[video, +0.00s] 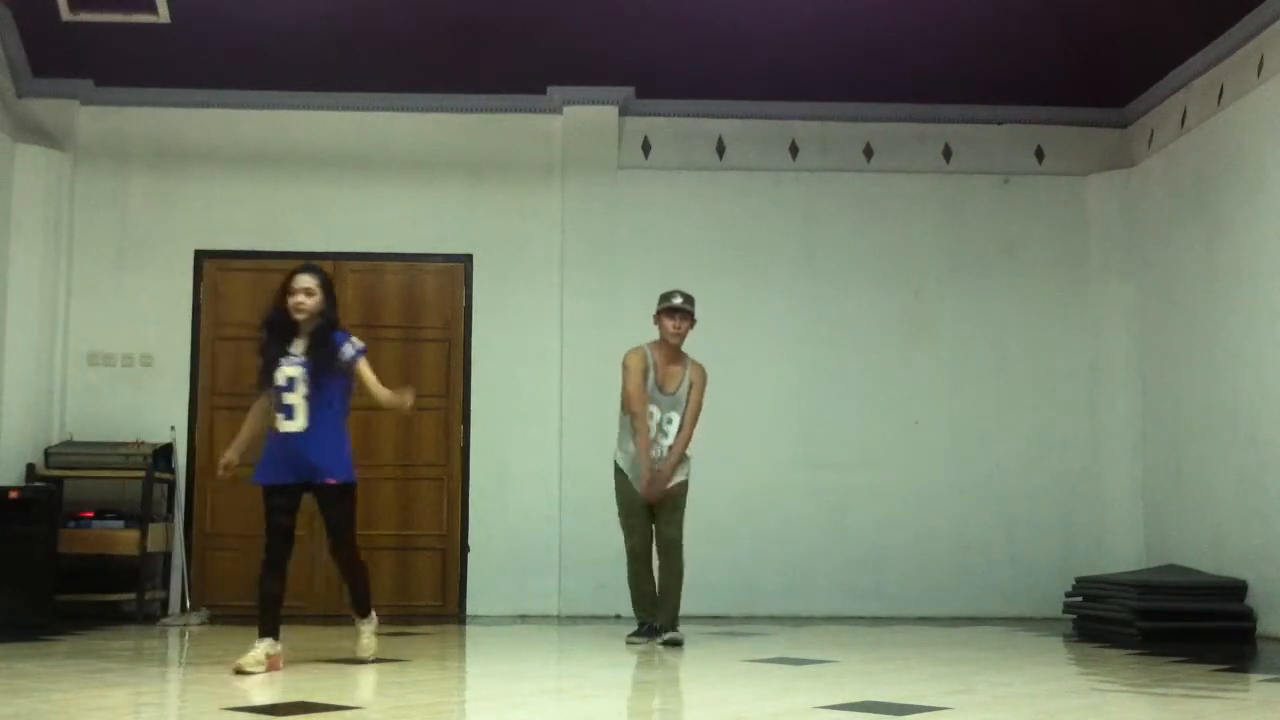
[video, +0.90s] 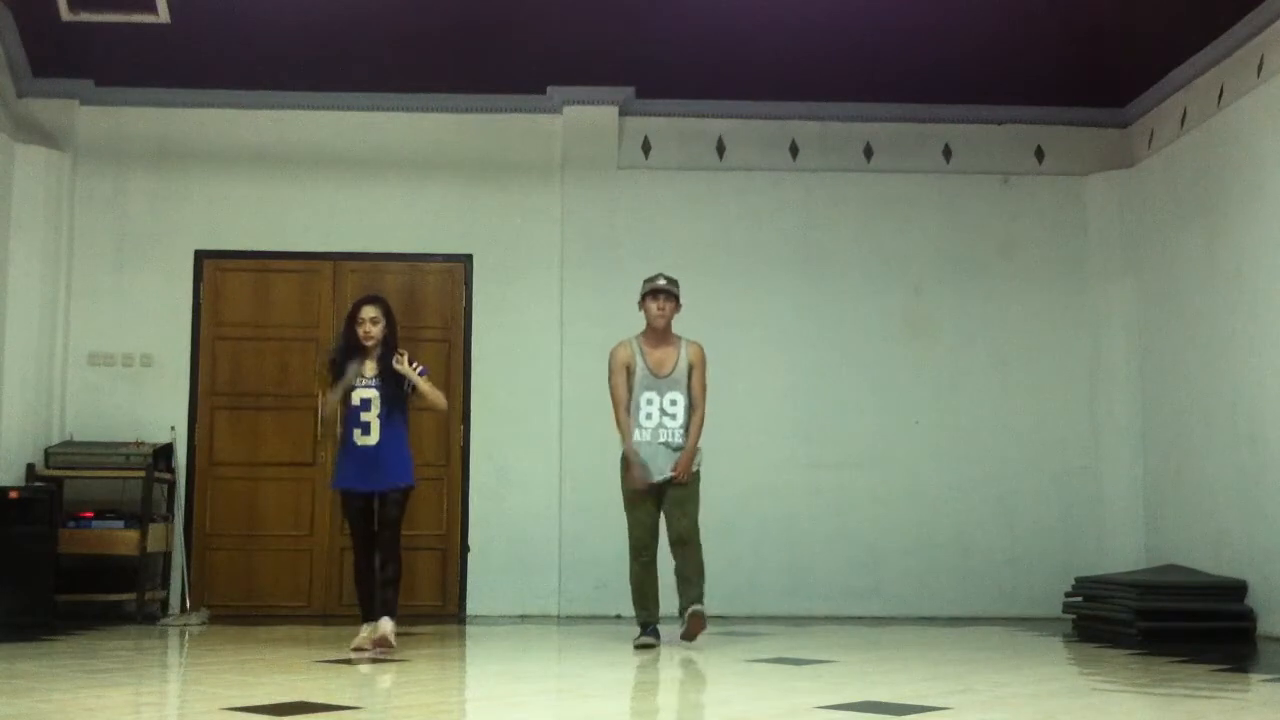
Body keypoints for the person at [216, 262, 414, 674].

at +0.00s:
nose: (299, 299)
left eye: (309, 293)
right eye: (293, 292)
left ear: (325, 300)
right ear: (284, 299)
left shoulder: (340, 344)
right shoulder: (278, 345)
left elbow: (376, 391)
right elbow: (265, 402)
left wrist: (397, 399)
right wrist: (235, 449)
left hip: (329, 465)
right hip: (282, 464)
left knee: (342, 546)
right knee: (276, 550)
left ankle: (366, 621)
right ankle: (267, 643)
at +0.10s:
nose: (321, 309)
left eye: (329, 302)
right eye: (314, 302)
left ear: (343, 309)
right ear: (303, 308)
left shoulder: (359, 352)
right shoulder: (293, 356)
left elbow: (394, 396)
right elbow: (270, 407)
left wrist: (397, 353)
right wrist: (239, 460)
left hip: (351, 474)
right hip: (302, 473)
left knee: (353, 556)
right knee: (290, 552)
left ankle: (364, 638)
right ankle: (271, 640)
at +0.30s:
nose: (349, 308)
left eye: (358, 302)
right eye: (344, 301)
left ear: (369, 309)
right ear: (333, 306)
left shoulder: (381, 345)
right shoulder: (319, 349)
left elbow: (414, 359)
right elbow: (297, 400)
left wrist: (394, 318)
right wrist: (275, 451)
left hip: (375, 463)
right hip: (329, 462)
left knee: (368, 547)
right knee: (319, 542)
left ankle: (365, 632)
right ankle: (310, 625)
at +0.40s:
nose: (357, 310)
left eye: (365, 304)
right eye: (351, 303)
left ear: (377, 310)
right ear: (341, 307)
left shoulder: (387, 347)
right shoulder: (328, 348)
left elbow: (419, 347)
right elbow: (313, 392)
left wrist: (397, 312)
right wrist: (308, 432)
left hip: (378, 460)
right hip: (335, 459)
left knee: (373, 544)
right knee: (334, 541)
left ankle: (368, 630)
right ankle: (333, 616)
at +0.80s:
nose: (366, 333)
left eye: (373, 326)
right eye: (360, 326)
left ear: (385, 332)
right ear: (350, 331)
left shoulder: (396, 372)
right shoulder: (339, 372)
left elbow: (434, 402)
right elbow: (331, 421)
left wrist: (407, 367)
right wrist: (352, 415)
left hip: (390, 476)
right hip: (350, 477)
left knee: (383, 549)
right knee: (360, 551)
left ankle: (377, 623)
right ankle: (368, 630)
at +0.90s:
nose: (367, 328)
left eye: (374, 321)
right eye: (361, 322)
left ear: (387, 326)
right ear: (352, 327)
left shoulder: (399, 365)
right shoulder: (344, 365)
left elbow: (440, 402)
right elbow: (327, 409)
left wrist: (408, 373)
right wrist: (345, 381)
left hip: (393, 470)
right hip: (354, 471)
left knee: (388, 541)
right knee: (362, 545)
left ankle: (386, 622)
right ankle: (368, 623)